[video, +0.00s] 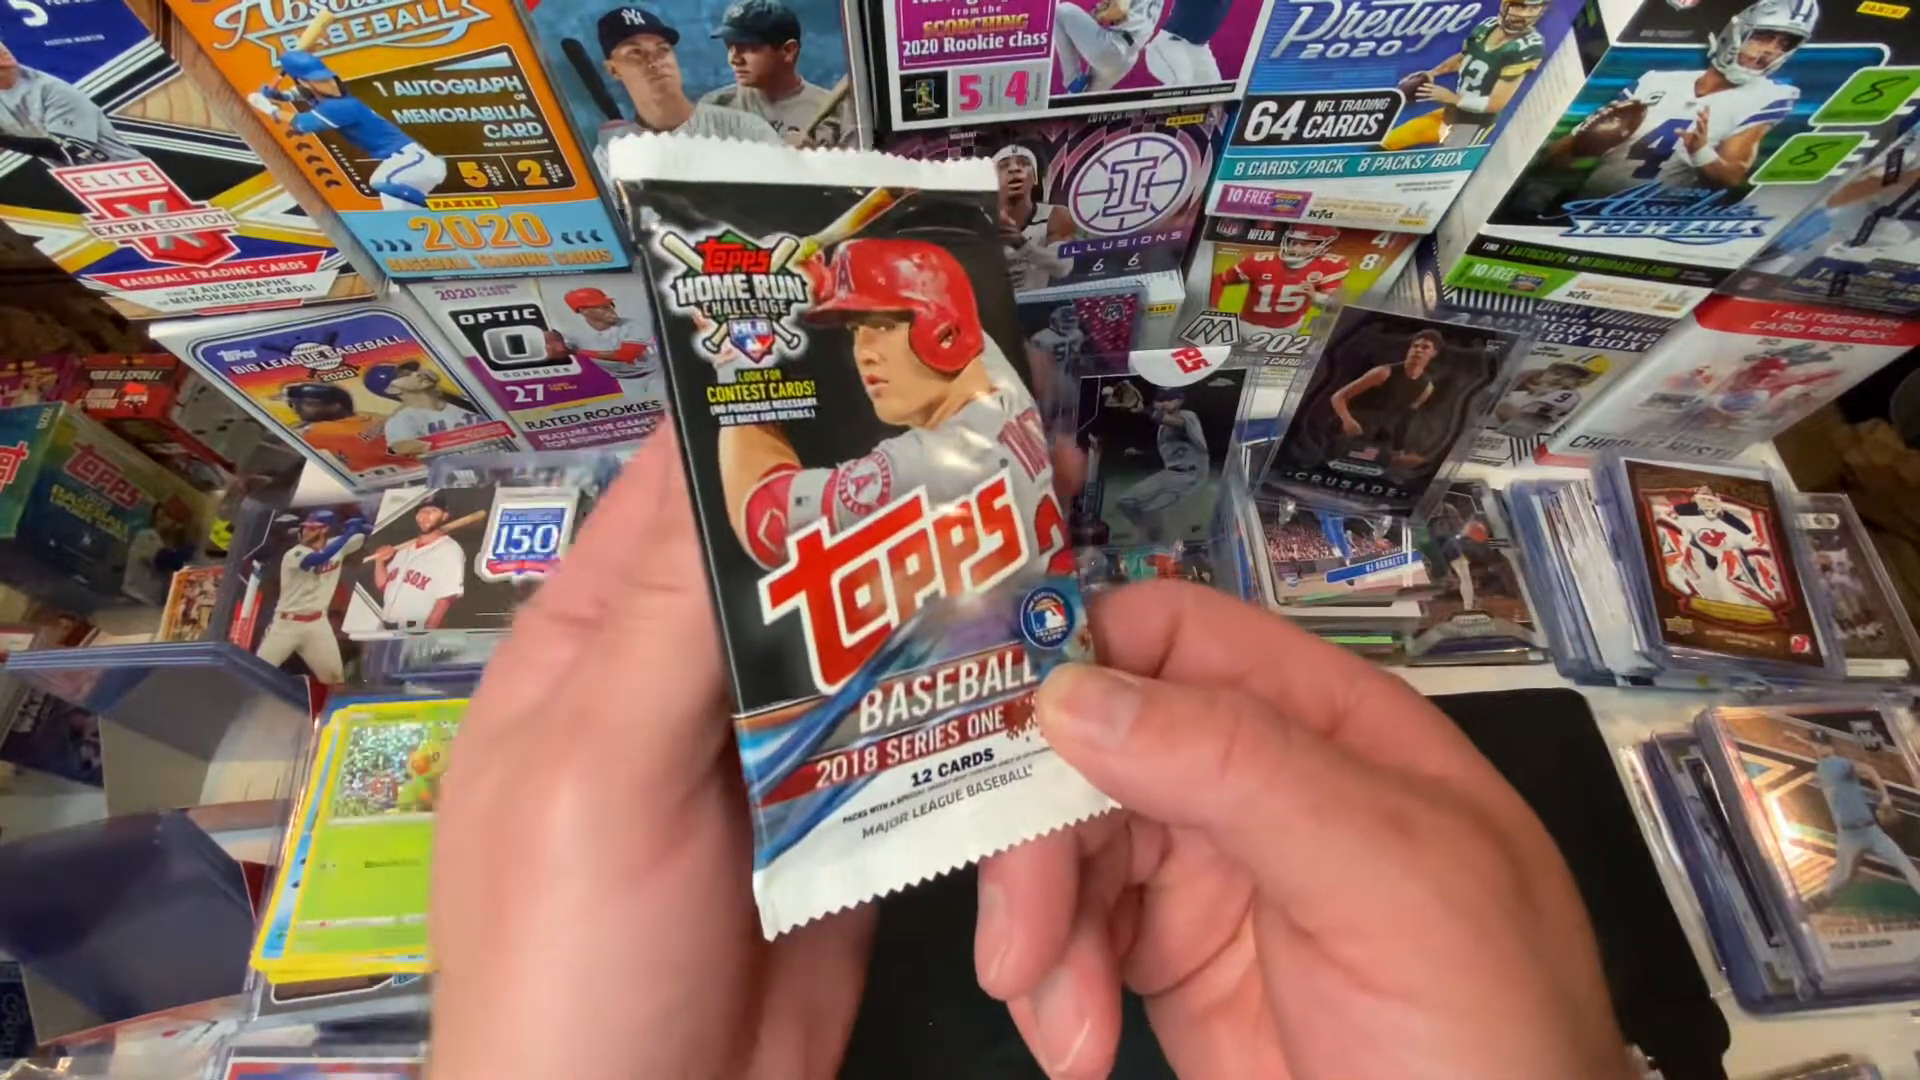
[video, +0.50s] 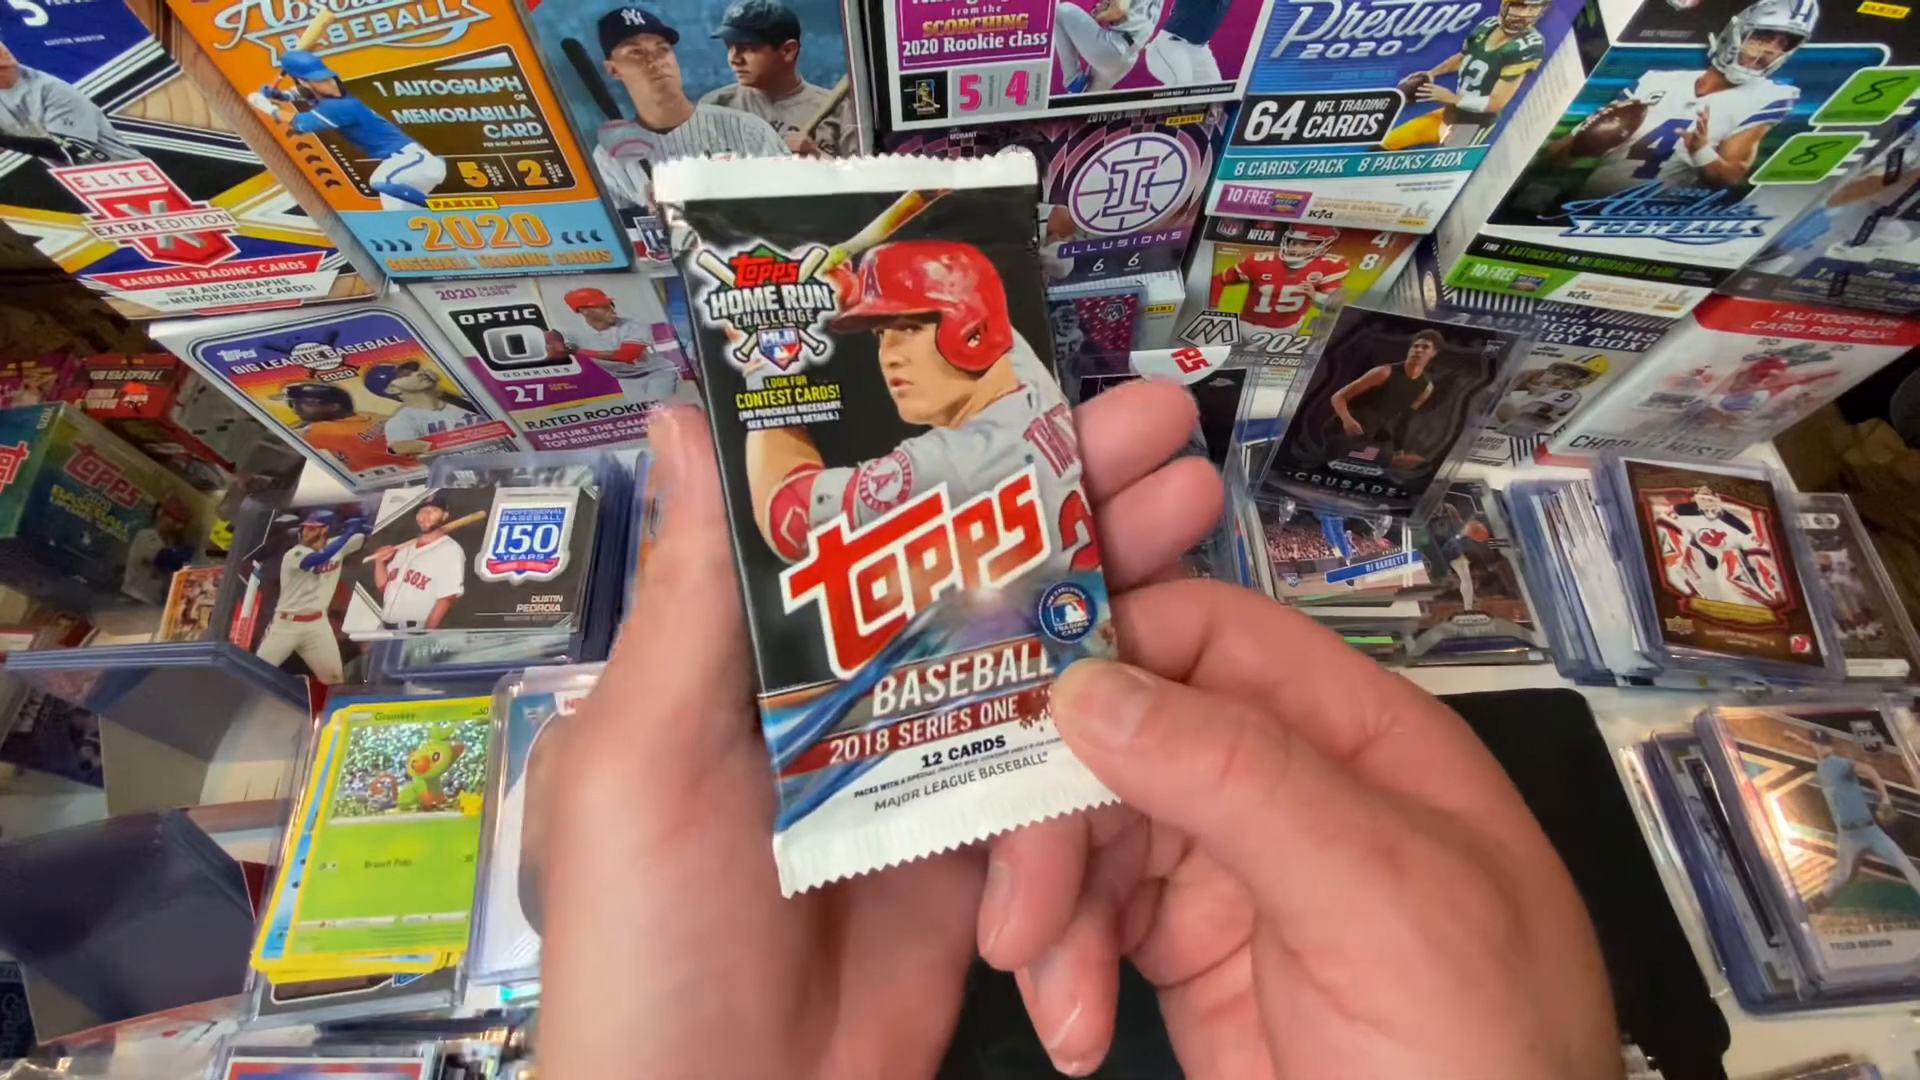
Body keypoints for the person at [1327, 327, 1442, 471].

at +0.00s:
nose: (1418, 351)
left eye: (1425, 347)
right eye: (1415, 346)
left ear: (1433, 354)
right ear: (1409, 349)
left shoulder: (1426, 389)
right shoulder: (1383, 373)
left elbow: (1404, 417)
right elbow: (1338, 397)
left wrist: (1399, 452)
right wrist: (1347, 421)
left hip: (1384, 441)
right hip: (1357, 436)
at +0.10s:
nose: (1418, 350)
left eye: (1425, 347)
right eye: (1415, 346)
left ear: (1434, 354)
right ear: (1410, 349)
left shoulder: (1426, 389)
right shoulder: (1383, 373)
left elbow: (1404, 418)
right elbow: (1338, 397)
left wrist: (1399, 453)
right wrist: (1347, 419)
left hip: (1379, 436)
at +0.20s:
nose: (1418, 350)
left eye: (1425, 347)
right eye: (1416, 346)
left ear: (1434, 354)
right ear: (1410, 349)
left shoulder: (1426, 389)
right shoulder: (1384, 373)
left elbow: (1404, 418)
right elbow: (1338, 397)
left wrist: (1399, 453)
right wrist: (1347, 420)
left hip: (1379, 436)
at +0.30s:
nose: (1418, 350)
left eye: (1425, 347)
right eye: (1416, 346)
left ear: (1434, 354)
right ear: (1410, 349)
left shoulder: (1426, 389)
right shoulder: (1384, 373)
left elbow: (1404, 418)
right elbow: (1338, 397)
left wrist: (1399, 453)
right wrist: (1347, 420)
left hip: (1379, 436)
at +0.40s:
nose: (1418, 350)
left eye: (1425, 347)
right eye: (1416, 346)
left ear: (1434, 354)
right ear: (1410, 349)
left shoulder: (1426, 389)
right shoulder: (1384, 373)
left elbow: (1404, 418)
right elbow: (1338, 397)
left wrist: (1399, 453)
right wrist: (1347, 420)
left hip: (1379, 436)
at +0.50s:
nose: (1418, 350)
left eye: (1425, 347)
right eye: (1415, 346)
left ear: (1433, 354)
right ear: (1410, 349)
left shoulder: (1426, 389)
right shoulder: (1384, 373)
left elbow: (1404, 418)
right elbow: (1338, 397)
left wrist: (1399, 453)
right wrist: (1347, 420)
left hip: (1379, 436)